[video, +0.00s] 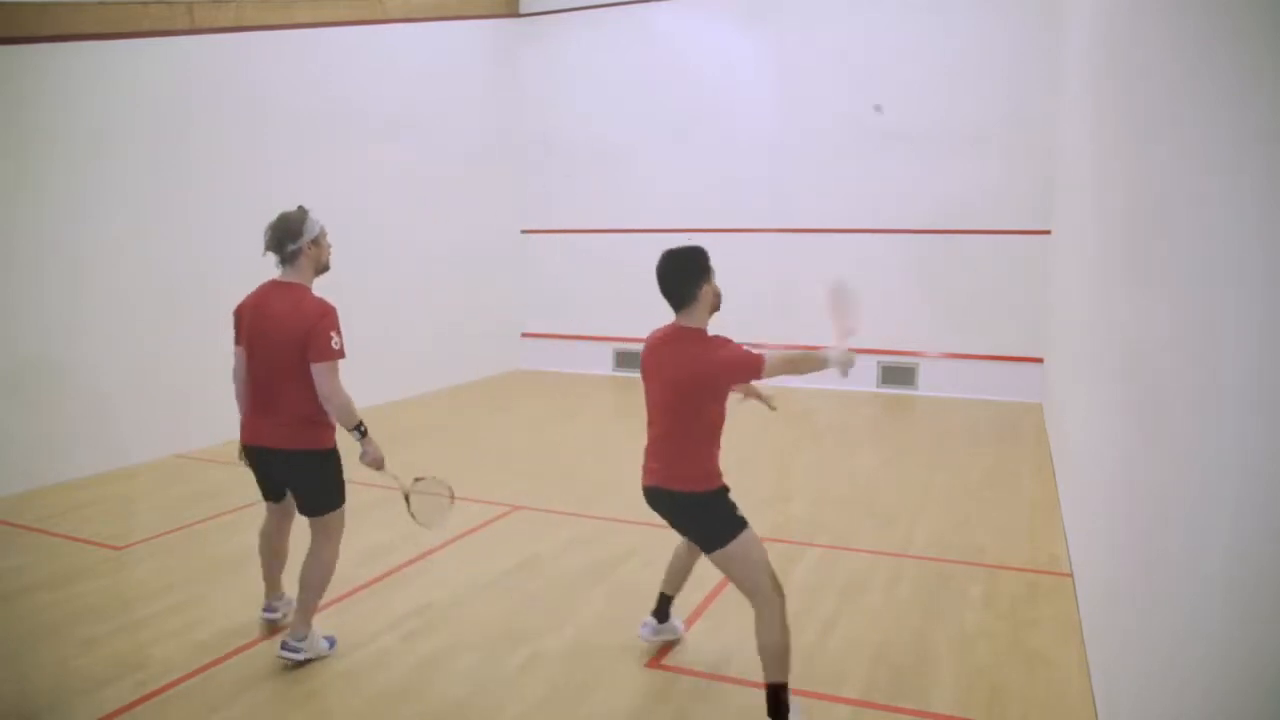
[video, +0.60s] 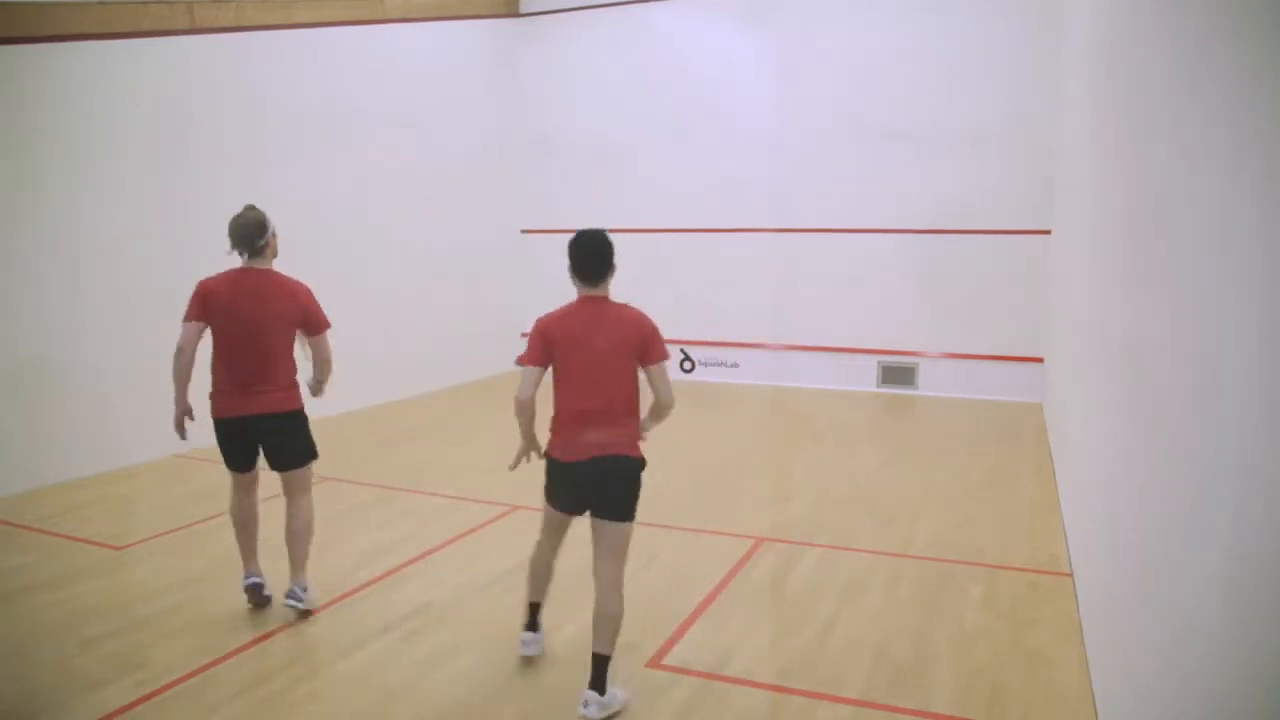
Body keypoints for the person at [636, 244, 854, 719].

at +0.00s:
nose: (717, 285)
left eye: (712, 277)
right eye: (713, 278)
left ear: (672, 293)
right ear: (704, 288)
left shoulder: (655, 344)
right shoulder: (715, 352)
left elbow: (693, 378)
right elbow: (782, 364)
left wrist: (742, 388)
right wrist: (831, 359)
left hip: (658, 487)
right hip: (698, 494)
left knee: (697, 533)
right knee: (768, 595)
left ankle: (659, 618)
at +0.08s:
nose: (725, 308)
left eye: (720, 301)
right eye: (722, 302)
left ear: (678, 315)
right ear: (720, 311)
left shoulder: (663, 369)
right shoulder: (730, 374)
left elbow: (697, 410)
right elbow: (791, 397)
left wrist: (748, 417)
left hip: (672, 514)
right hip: (716, 518)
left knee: (714, 544)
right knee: (796, 607)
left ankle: (666, 629)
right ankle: (788, 714)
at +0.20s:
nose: (717, 312)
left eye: (711, 306)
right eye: (715, 306)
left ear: (670, 317)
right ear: (714, 313)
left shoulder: (652, 379)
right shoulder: (734, 375)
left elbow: (667, 434)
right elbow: (781, 430)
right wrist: (766, 409)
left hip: (672, 522)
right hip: (724, 519)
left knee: (707, 559)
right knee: (795, 606)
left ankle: (673, 654)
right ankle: (788, 714)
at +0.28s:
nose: (697, 293)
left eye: (690, 286)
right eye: (696, 287)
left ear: (653, 299)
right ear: (695, 294)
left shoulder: (635, 357)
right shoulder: (716, 355)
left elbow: (614, 423)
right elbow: (764, 420)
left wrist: (647, 442)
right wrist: (758, 433)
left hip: (656, 497)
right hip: (707, 498)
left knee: (690, 556)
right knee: (761, 597)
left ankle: (668, 658)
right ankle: (780, 710)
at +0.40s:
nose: (661, 264)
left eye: (636, 257)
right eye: (663, 256)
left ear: (622, 264)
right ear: (666, 262)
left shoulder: (600, 320)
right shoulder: (686, 319)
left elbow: (558, 382)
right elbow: (733, 391)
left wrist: (581, 424)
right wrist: (724, 418)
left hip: (623, 461)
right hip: (671, 460)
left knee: (656, 552)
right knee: (702, 564)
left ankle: (665, 657)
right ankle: (698, 687)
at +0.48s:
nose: (634, 254)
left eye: (612, 247)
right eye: (640, 245)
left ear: (601, 254)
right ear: (644, 250)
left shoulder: (581, 306)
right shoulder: (668, 305)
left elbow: (541, 373)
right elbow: (703, 379)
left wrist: (557, 419)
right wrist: (692, 414)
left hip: (599, 453)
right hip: (649, 450)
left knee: (617, 545)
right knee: (660, 559)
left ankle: (632, 644)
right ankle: (628, 670)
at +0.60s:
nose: (593, 273)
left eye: (579, 266)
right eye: (605, 265)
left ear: (571, 270)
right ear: (613, 269)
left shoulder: (552, 325)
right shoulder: (636, 323)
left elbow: (524, 397)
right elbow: (665, 399)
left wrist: (529, 440)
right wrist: (645, 425)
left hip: (566, 465)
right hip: (619, 467)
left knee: (547, 544)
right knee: (609, 578)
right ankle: (597, 691)